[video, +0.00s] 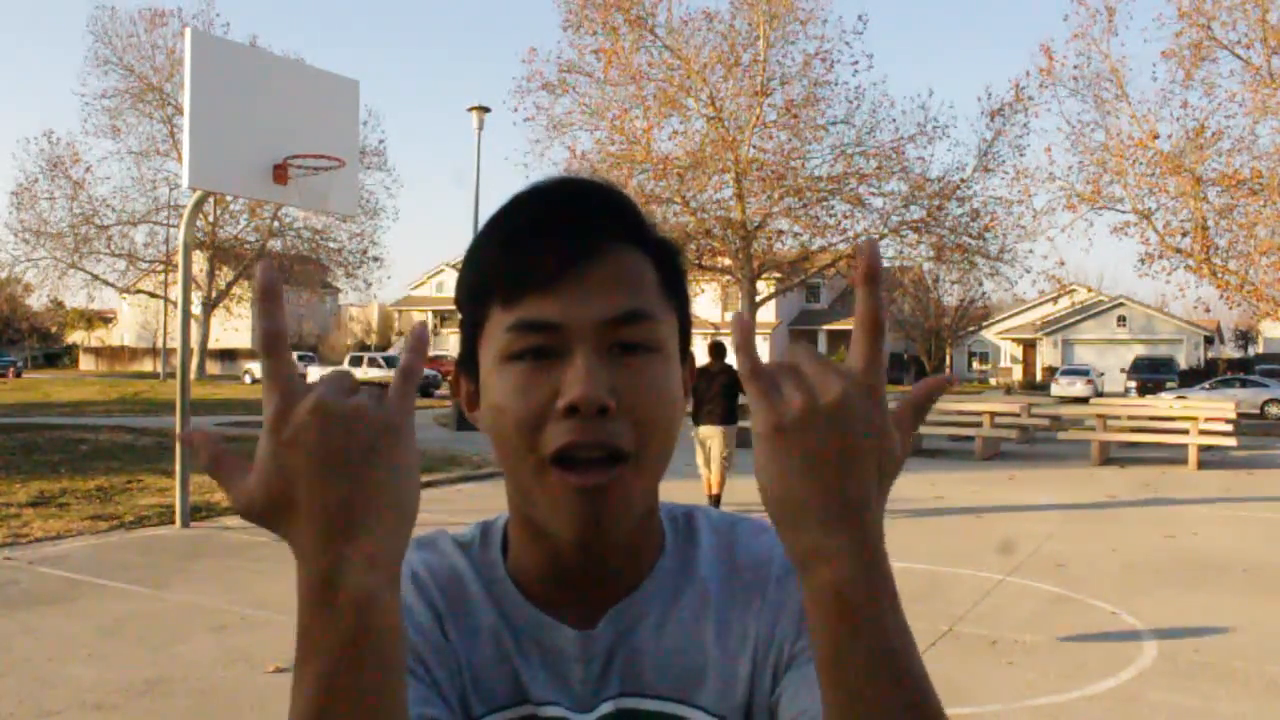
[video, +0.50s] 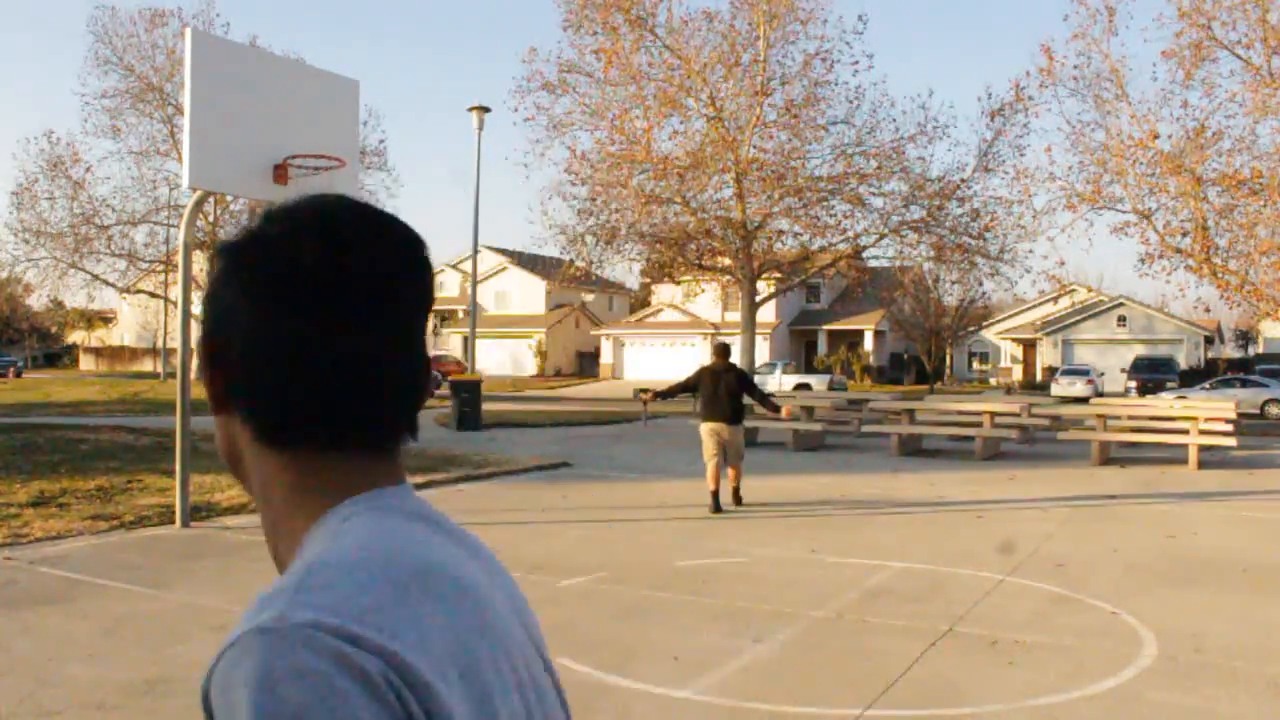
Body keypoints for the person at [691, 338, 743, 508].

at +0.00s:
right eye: (721, 352)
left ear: (709, 353)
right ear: (725, 353)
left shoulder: (700, 372)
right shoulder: (731, 373)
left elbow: (696, 396)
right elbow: (744, 390)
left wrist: (695, 418)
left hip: (702, 423)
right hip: (724, 424)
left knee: (704, 464)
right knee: (719, 464)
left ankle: (710, 499)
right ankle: (715, 500)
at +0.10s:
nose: (716, 360)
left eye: (715, 355)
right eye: (716, 355)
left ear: (709, 355)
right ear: (725, 354)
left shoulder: (699, 375)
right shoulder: (734, 376)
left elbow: (680, 389)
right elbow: (758, 394)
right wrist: (780, 389)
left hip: (703, 424)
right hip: (728, 426)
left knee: (706, 461)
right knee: (727, 462)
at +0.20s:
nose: (715, 354)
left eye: (712, 352)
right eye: (719, 352)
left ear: (709, 354)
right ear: (724, 354)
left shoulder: (699, 374)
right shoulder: (735, 375)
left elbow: (675, 389)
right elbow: (758, 393)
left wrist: (653, 396)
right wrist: (782, 398)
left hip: (702, 427)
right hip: (724, 428)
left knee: (709, 465)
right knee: (728, 462)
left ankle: (713, 504)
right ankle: (723, 490)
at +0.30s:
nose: (715, 352)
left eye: (712, 350)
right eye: (719, 350)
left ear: (709, 352)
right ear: (725, 352)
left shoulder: (700, 372)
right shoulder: (736, 373)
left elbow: (676, 389)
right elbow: (757, 392)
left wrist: (654, 399)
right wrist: (778, 406)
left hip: (704, 424)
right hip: (727, 425)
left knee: (710, 464)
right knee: (734, 456)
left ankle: (713, 501)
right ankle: (728, 489)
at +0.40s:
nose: (717, 355)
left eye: (714, 352)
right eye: (722, 352)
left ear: (711, 352)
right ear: (727, 352)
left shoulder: (702, 371)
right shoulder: (737, 372)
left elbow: (679, 387)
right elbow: (756, 393)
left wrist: (656, 397)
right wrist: (776, 409)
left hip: (707, 423)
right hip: (731, 424)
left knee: (711, 462)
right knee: (734, 459)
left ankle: (714, 502)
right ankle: (733, 497)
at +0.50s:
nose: (720, 356)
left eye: (717, 353)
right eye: (724, 353)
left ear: (714, 355)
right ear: (729, 355)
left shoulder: (704, 373)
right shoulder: (738, 374)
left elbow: (682, 387)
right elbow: (756, 394)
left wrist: (658, 394)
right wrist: (776, 409)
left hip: (708, 423)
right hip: (732, 424)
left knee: (712, 461)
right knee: (735, 461)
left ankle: (714, 500)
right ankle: (735, 491)